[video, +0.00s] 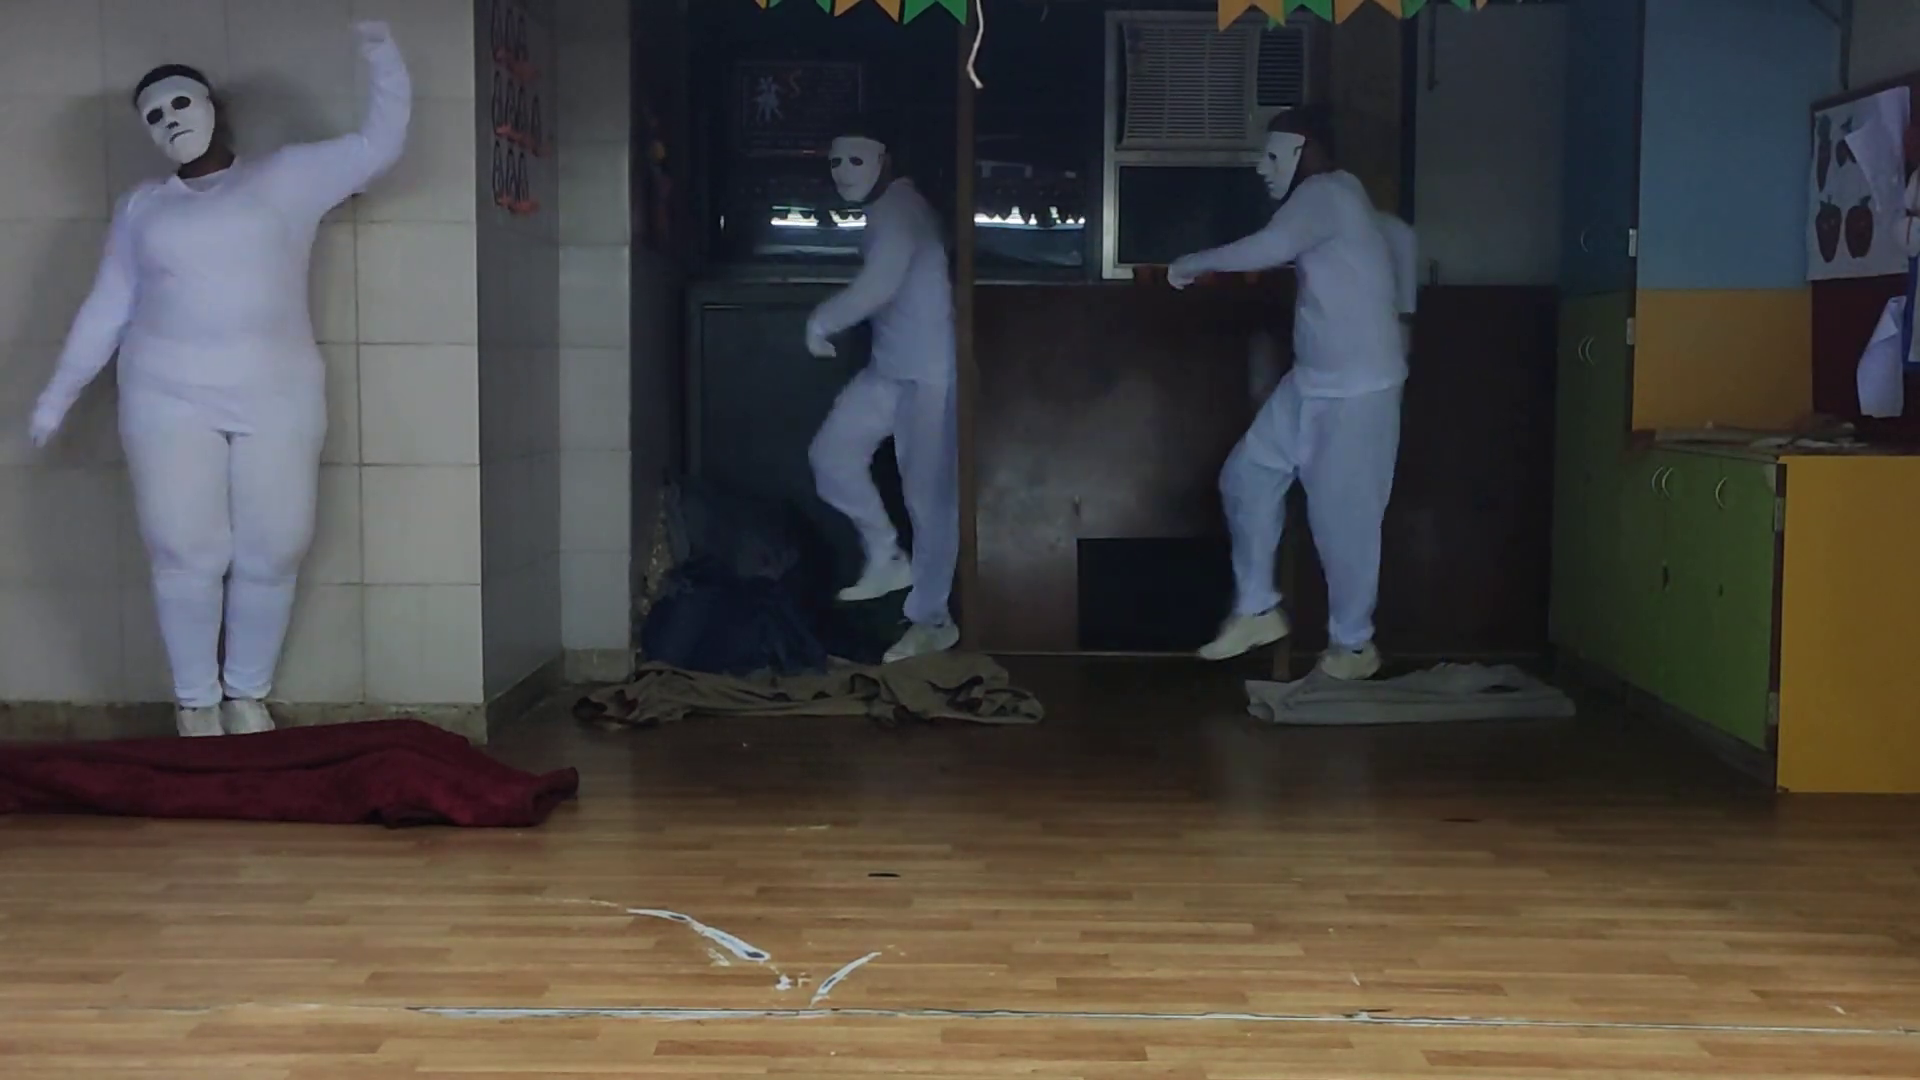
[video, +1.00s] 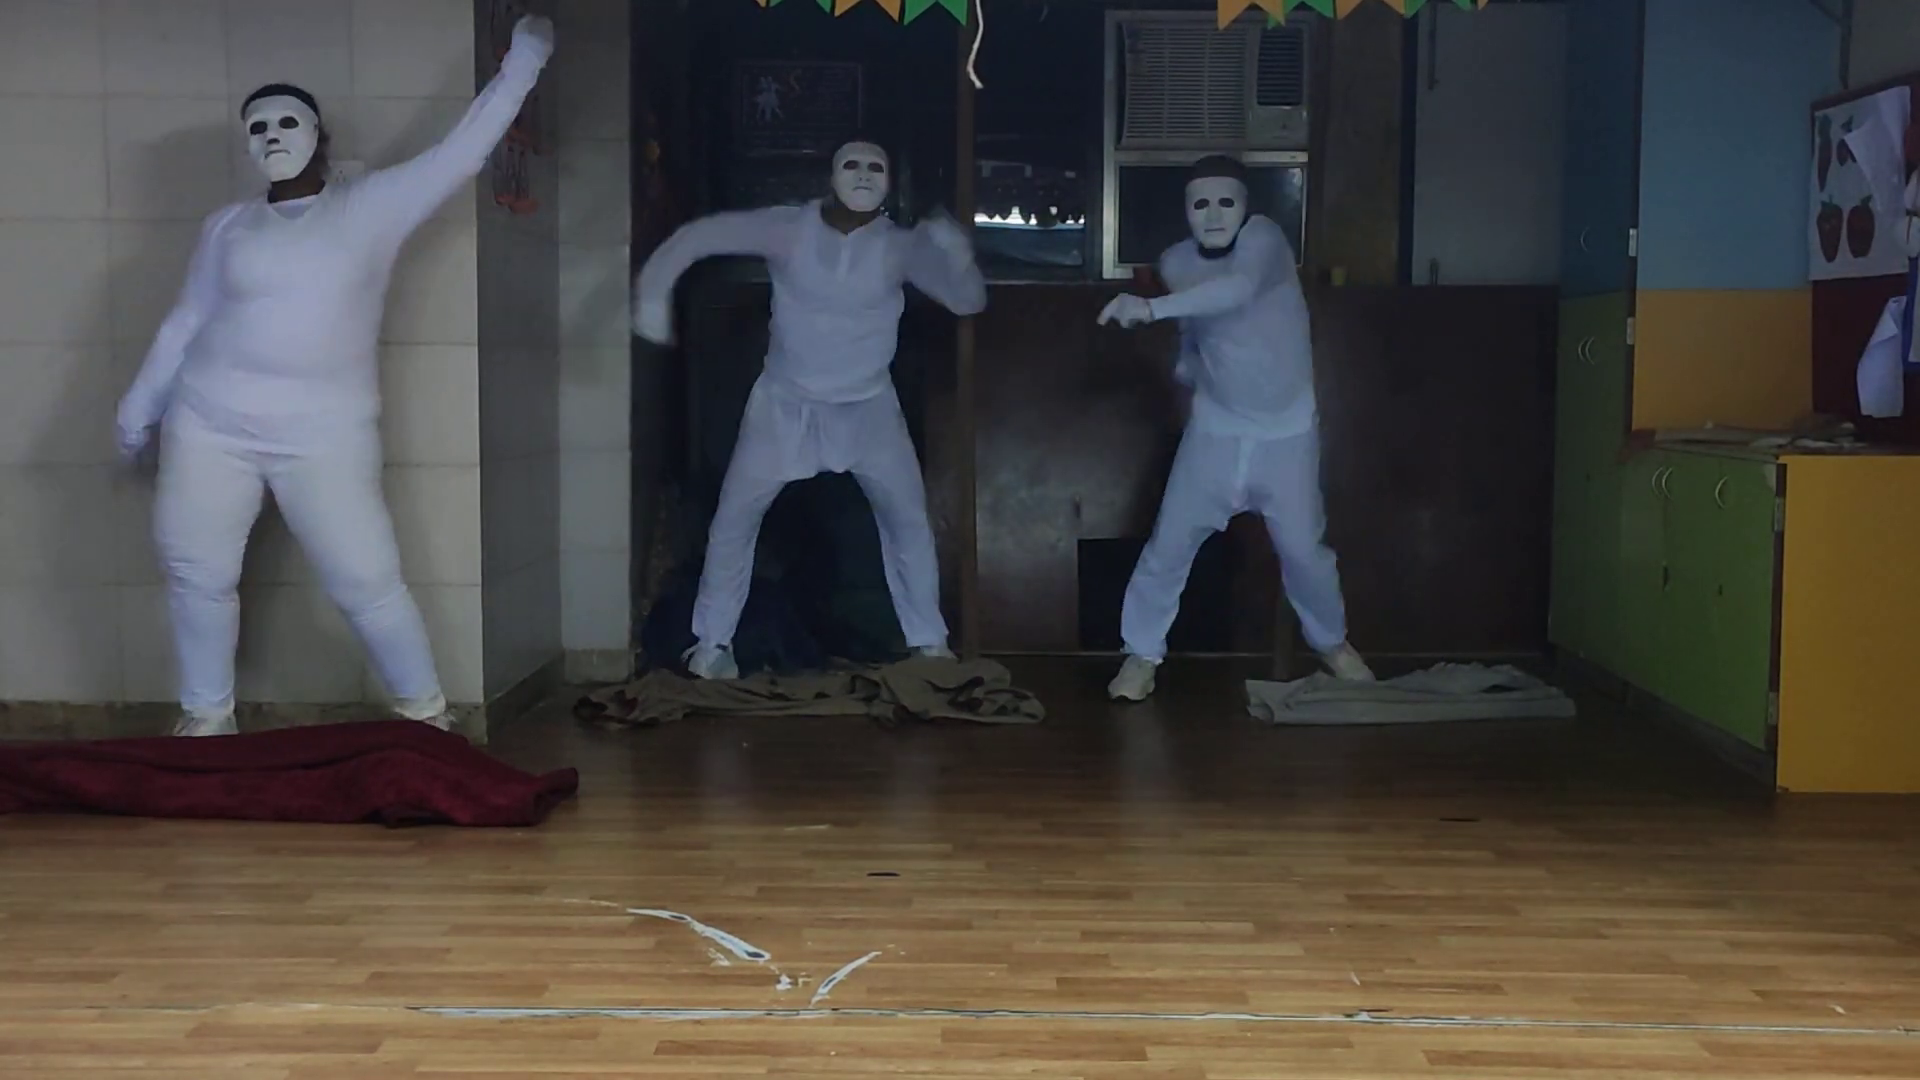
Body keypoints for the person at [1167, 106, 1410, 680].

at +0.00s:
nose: (1264, 168)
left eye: (1273, 157)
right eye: (1264, 157)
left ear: (1304, 151)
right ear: (1311, 153)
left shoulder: (1324, 194)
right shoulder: (1344, 200)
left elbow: (1272, 247)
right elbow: (1401, 233)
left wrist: (1188, 265)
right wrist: (1405, 307)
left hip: (1358, 386)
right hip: (1312, 381)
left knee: (1345, 512)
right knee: (1247, 480)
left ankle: (1353, 646)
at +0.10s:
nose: (1240, 190)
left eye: (1251, 179)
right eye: (1239, 179)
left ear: (1286, 177)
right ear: (1275, 180)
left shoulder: (1319, 230)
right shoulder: (1274, 240)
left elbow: (1309, 310)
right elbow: (1287, 309)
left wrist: (1228, 292)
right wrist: (1230, 289)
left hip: (1324, 421)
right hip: (1269, 419)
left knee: (1320, 542)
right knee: (1217, 532)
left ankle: (1347, 654)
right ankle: (1198, 647)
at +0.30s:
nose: (1244, 191)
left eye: (1258, 180)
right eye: (1235, 180)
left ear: (1284, 187)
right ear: (1224, 188)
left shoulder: (1321, 250)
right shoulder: (1211, 250)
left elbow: (1383, 318)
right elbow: (1176, 307)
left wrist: (1362, 393)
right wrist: (1131, 308)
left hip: (1297, 423)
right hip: (1231, 419)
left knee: (1282, 535)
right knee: (1197, 532)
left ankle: (1312, 621)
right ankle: (1199, 653)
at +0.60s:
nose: (1299, 194)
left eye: (1311, 183)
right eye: (1286, 184)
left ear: (1328, 191)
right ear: (1271, 192)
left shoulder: (1358, 257)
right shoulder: (1236, 250)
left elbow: (1390, 308)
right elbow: (1210, 297)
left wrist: (1369, 366)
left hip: (1327, 427)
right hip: (1251, 428)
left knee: (1352, 544)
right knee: (1232, 548)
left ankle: (1374, 655)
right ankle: (1257, 657)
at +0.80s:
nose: (1276, 189)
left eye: (1288, 178)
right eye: (1264, 178)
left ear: (1307, 183)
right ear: (1248, 185)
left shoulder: (1336, 244)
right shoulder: (1220, 238)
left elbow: (1365, 328)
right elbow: (1198, 284)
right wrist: (1198, 334)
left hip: (1318, 422)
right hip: (1238, 417)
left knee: (1349, 541)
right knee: (1183, 503)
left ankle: (1374, 659)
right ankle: (1198, 627)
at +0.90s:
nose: (1238, 189)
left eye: (1251, 177)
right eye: (1226, 177)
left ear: (1271, 181)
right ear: (1211, 183)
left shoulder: (1296, 219)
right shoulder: (1194, 236)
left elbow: (1325, 282)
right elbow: (1195, 303)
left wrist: (1237, 272)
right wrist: (1200, 333)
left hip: (1305, 406)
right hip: (1227, 402)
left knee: (1334, 524)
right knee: (1175, 514)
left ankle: (1359, 633)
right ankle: (1144, 636)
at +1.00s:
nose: (1214, 214)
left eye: (1226, 203)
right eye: (1202, 203)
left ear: (1244, 206)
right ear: (1186, 210)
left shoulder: (1263, 237)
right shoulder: (1176, 263)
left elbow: (1238, 289)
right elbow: (1194, 327)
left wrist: (1153, 307)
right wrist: (1188, 362)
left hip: (1286, 426)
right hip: (1215, 424)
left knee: (1303, 548)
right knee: (1171, 542)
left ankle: (1333, 645)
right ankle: (1142, 656)